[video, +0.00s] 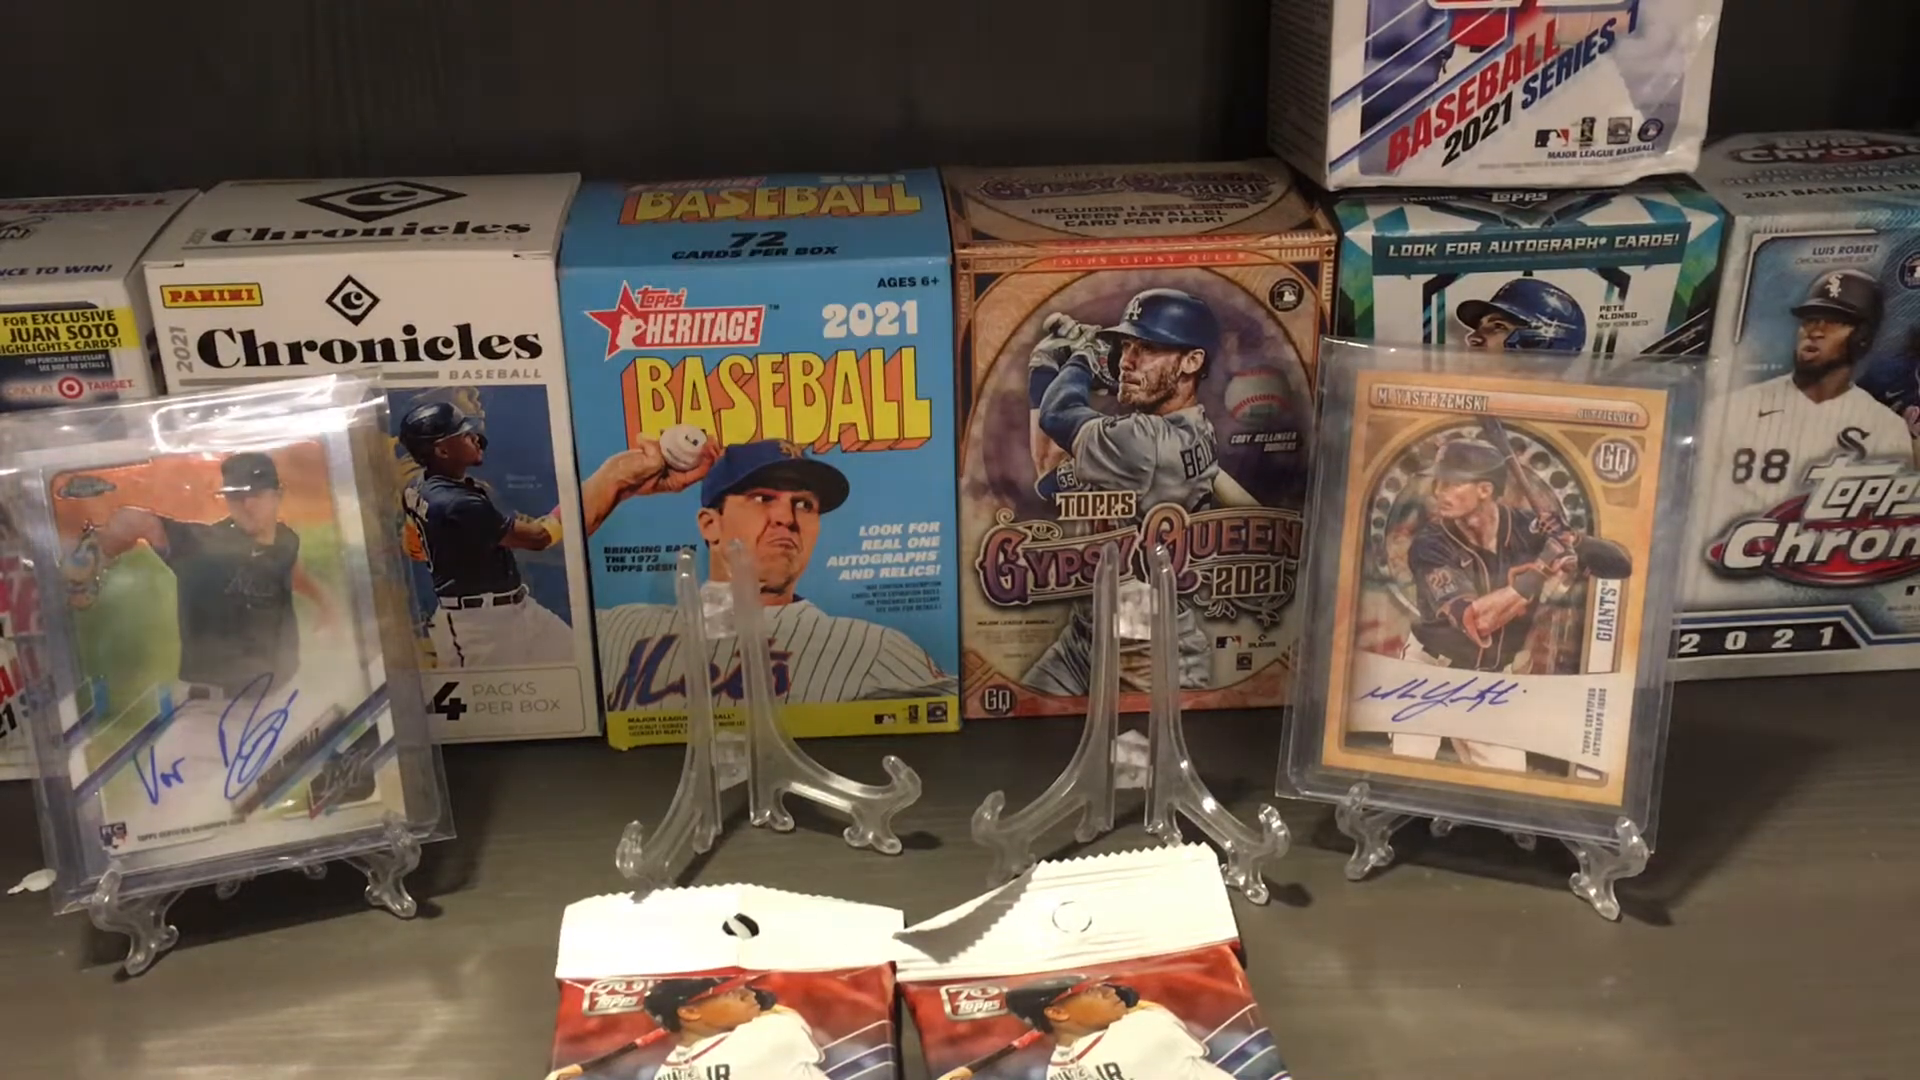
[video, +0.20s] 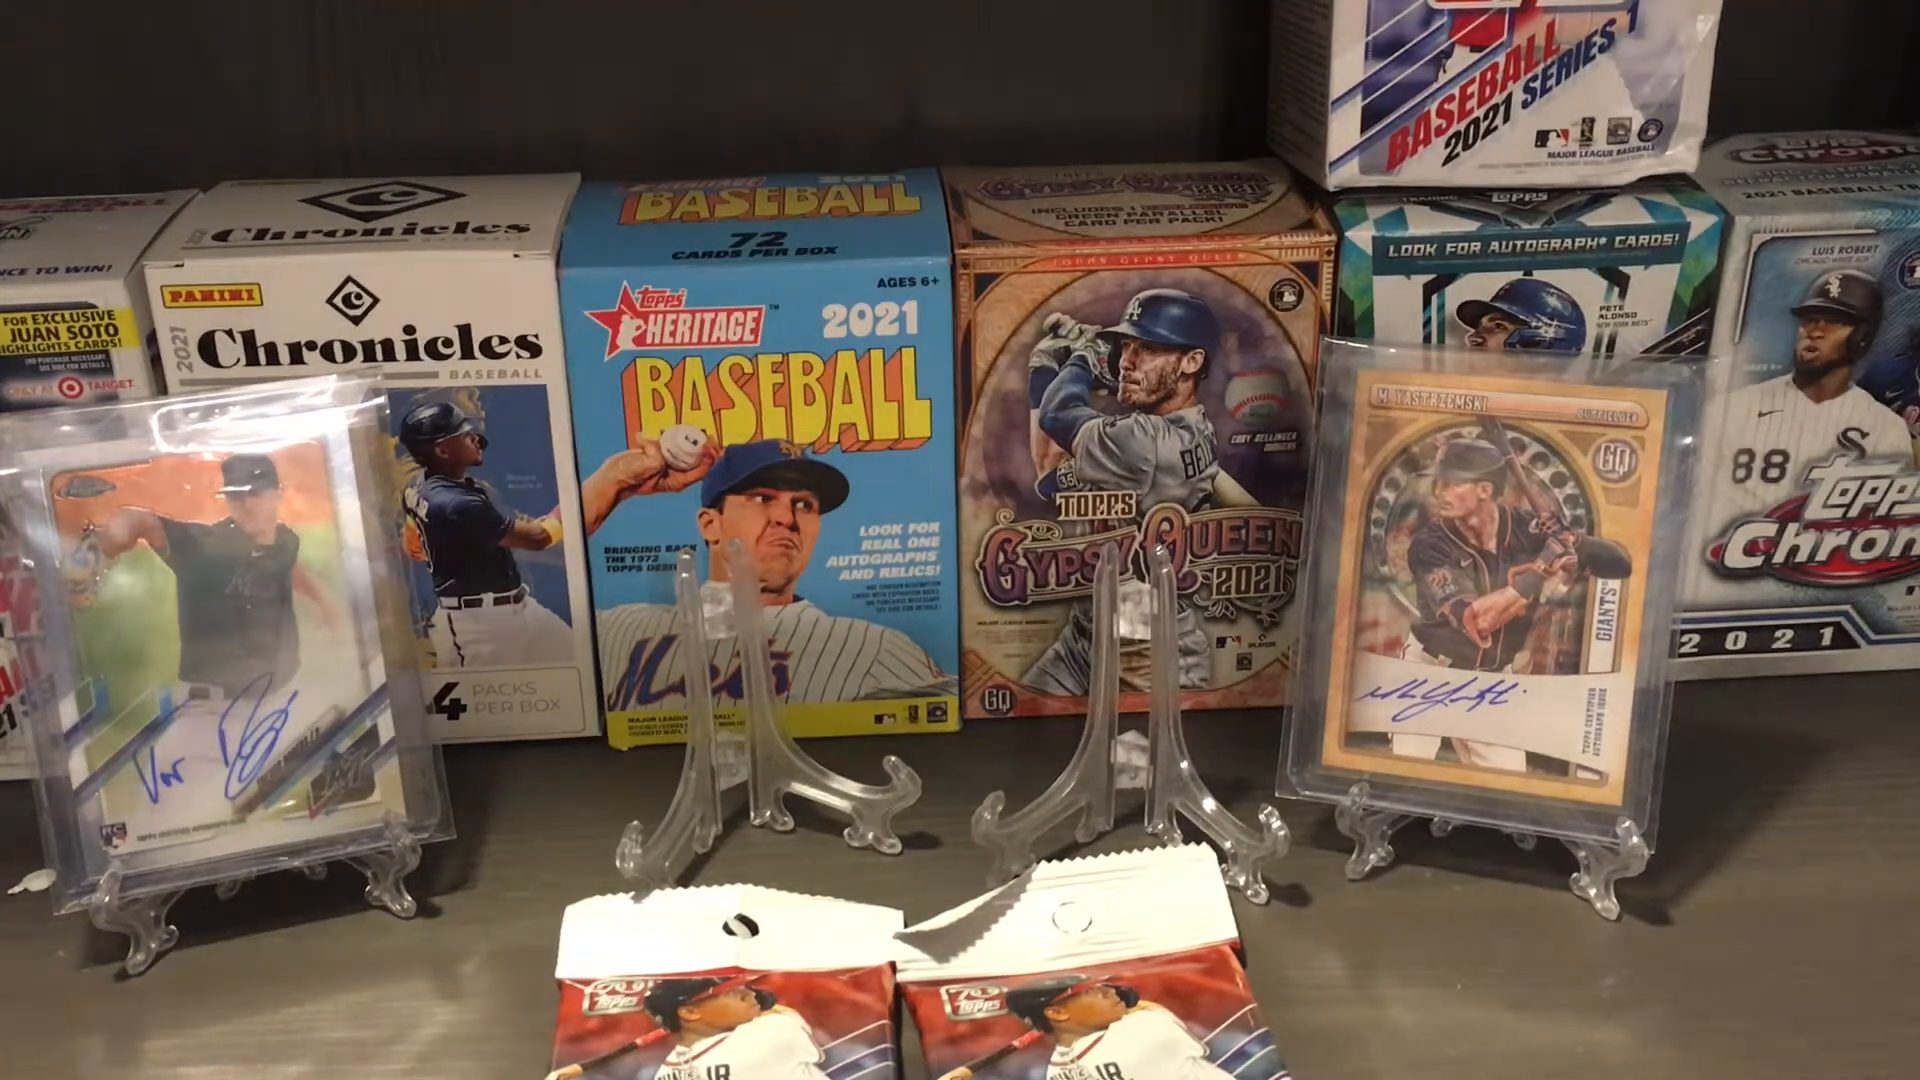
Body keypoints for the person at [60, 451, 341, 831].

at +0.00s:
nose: (246, 505)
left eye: (255, 494)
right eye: (236, 496)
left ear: (277, 495)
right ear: (227, 500)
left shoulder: (287, 542)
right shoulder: (198, 542)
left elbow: (289, 572)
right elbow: (134, 519)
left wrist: (324, 600)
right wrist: (95, 552)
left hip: (279, 701)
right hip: (210, 707)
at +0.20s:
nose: (246, 504)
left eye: (256, 493)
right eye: (236, 495)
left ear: (277, 496)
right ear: (227, 500)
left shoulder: (286, 543)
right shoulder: (199, 544)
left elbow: (289, 570)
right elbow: (135, 519)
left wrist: (322, 600)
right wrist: (105, 545)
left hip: (279, 700)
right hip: (215, 705)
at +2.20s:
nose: (247, 505)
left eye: (256, 493)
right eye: (236, 496)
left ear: (278, 495)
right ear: (226, 500)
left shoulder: (287, 542)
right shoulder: (198, 543)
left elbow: (287, 570)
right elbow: (134, 517)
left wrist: (325, 602)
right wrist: (106, 545)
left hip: (279, 700)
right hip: (213, 706)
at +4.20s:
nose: (248, 506)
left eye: (257, 495)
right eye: (238, 497)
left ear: (276, 495)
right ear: (228, 501)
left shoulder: (286, 541)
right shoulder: (198, 542)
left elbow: (291, 570)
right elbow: (138, 520)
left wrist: (324, 601)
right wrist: (117, 534)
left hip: (276, 687)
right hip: (214, 693)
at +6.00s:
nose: (247, 506)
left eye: (256, 495)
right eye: (237, 497)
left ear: (276, 495)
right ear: (226, 499)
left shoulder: (286, 541)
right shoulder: (201, 541)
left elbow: (291, 569)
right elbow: (134, 517)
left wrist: (323, 601)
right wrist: (116, 539)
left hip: (276, 683)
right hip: (214, 690)